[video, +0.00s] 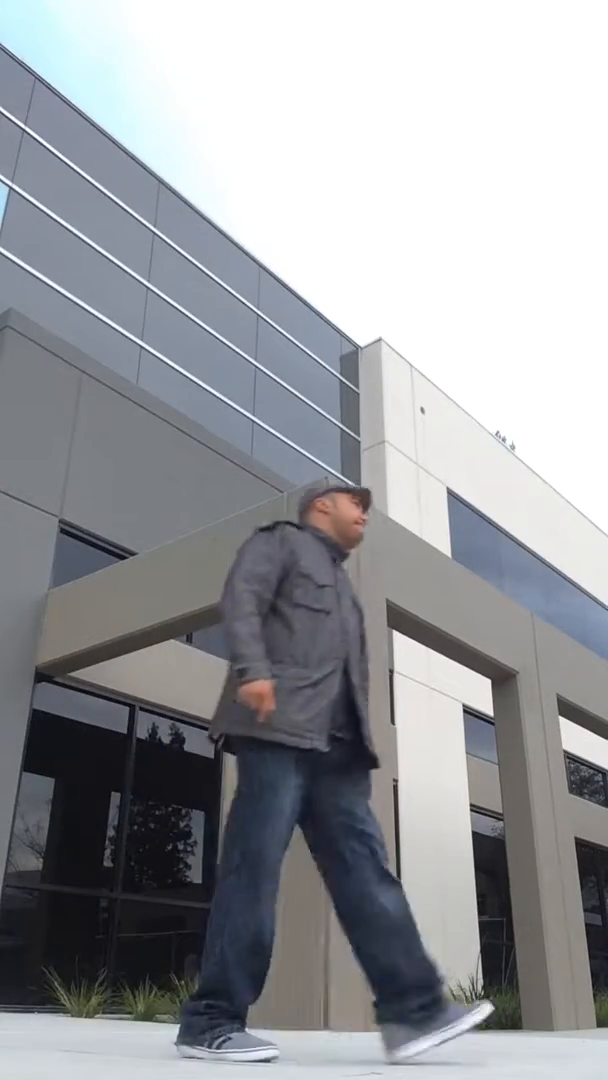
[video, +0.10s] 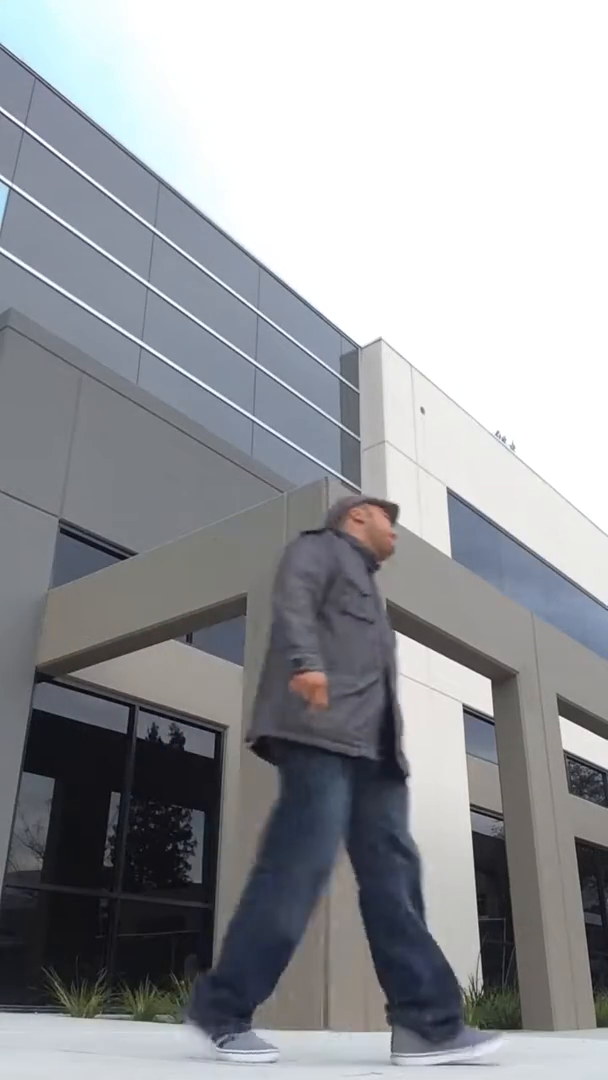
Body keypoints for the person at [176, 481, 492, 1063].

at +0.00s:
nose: (365, 513)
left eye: (365, 505)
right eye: (355, 501)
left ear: (335, 514)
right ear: (320, 507)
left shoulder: (343, 583)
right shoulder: (279, 541)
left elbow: (343, 662)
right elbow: (241, 601)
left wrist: (357, 730)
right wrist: (253, 669)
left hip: (339, 741)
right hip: (278, 727)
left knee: (363, 873)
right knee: (252, 872)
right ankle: (210, 1023)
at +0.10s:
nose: (396, 532)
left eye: (396, 525)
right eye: (389, 520)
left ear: (367, 523)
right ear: (357, 517)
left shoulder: (367, 584)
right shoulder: (319, 546)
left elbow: (365, 660)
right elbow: (294, 599)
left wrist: (383, 730)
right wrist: (308, 662)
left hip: (374, 737)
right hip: (322, 726)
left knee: (392, 875)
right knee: (297, 867)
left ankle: (428, 1024)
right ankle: (219, 1010)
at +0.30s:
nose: (427, 548)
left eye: (425, 542)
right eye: (423, 540)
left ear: (376, 540)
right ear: (406, 534)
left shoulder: (356, 578)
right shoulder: (399, 555)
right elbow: (411, 615)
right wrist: (436, 679)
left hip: (360, 744)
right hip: (400, 734)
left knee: (434, 863)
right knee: (485, 828)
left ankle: (433, 1026)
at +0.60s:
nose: (450, 552)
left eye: (435, 550)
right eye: (449, 547)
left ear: (407, 563)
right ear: (451, 552)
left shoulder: (382, 614)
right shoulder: (485, 576)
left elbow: (366, 699)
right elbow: (559, 633)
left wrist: (376, 771)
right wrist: (603, 693)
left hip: (425, 754)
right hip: (496, 737)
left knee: (469, 864)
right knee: (533, 876)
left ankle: (448, 973)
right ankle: (554, 1032)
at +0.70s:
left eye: (414, 572)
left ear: (408, 580)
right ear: (454, 565)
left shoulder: (394, 622)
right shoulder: (504, 593)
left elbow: (376, 698)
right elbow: (571, 645)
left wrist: (377, 775)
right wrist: (604, 700)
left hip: (441, 758)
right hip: (514, 743)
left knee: (474, 867)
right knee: (538, 881)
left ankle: (483, 952)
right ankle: (551, 1033)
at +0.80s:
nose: (396, 595)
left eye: (396, 587)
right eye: (395, 588)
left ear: (410, 580)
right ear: (446, 571)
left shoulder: (403, 616)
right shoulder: (511, 602)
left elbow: (393, 691)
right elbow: (563, 664)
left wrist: (393, 769)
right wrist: (594, 732)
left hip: (453, 754)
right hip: (526, 743)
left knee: (470, 867)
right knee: (536, 881)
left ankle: (499, 987)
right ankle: (552, 1031)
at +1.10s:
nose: (376, 611)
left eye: (379, 601)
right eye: (375, 602)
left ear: (402, 598)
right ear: (418, 597)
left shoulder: (417, 635)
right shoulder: (462, 627)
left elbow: (436, 702)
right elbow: (496, 687)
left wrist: (455, 774)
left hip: (469, 779)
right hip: (519, 769)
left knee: (472, 900)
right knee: (521, 878)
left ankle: (501, 1025)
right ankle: (588, 967)